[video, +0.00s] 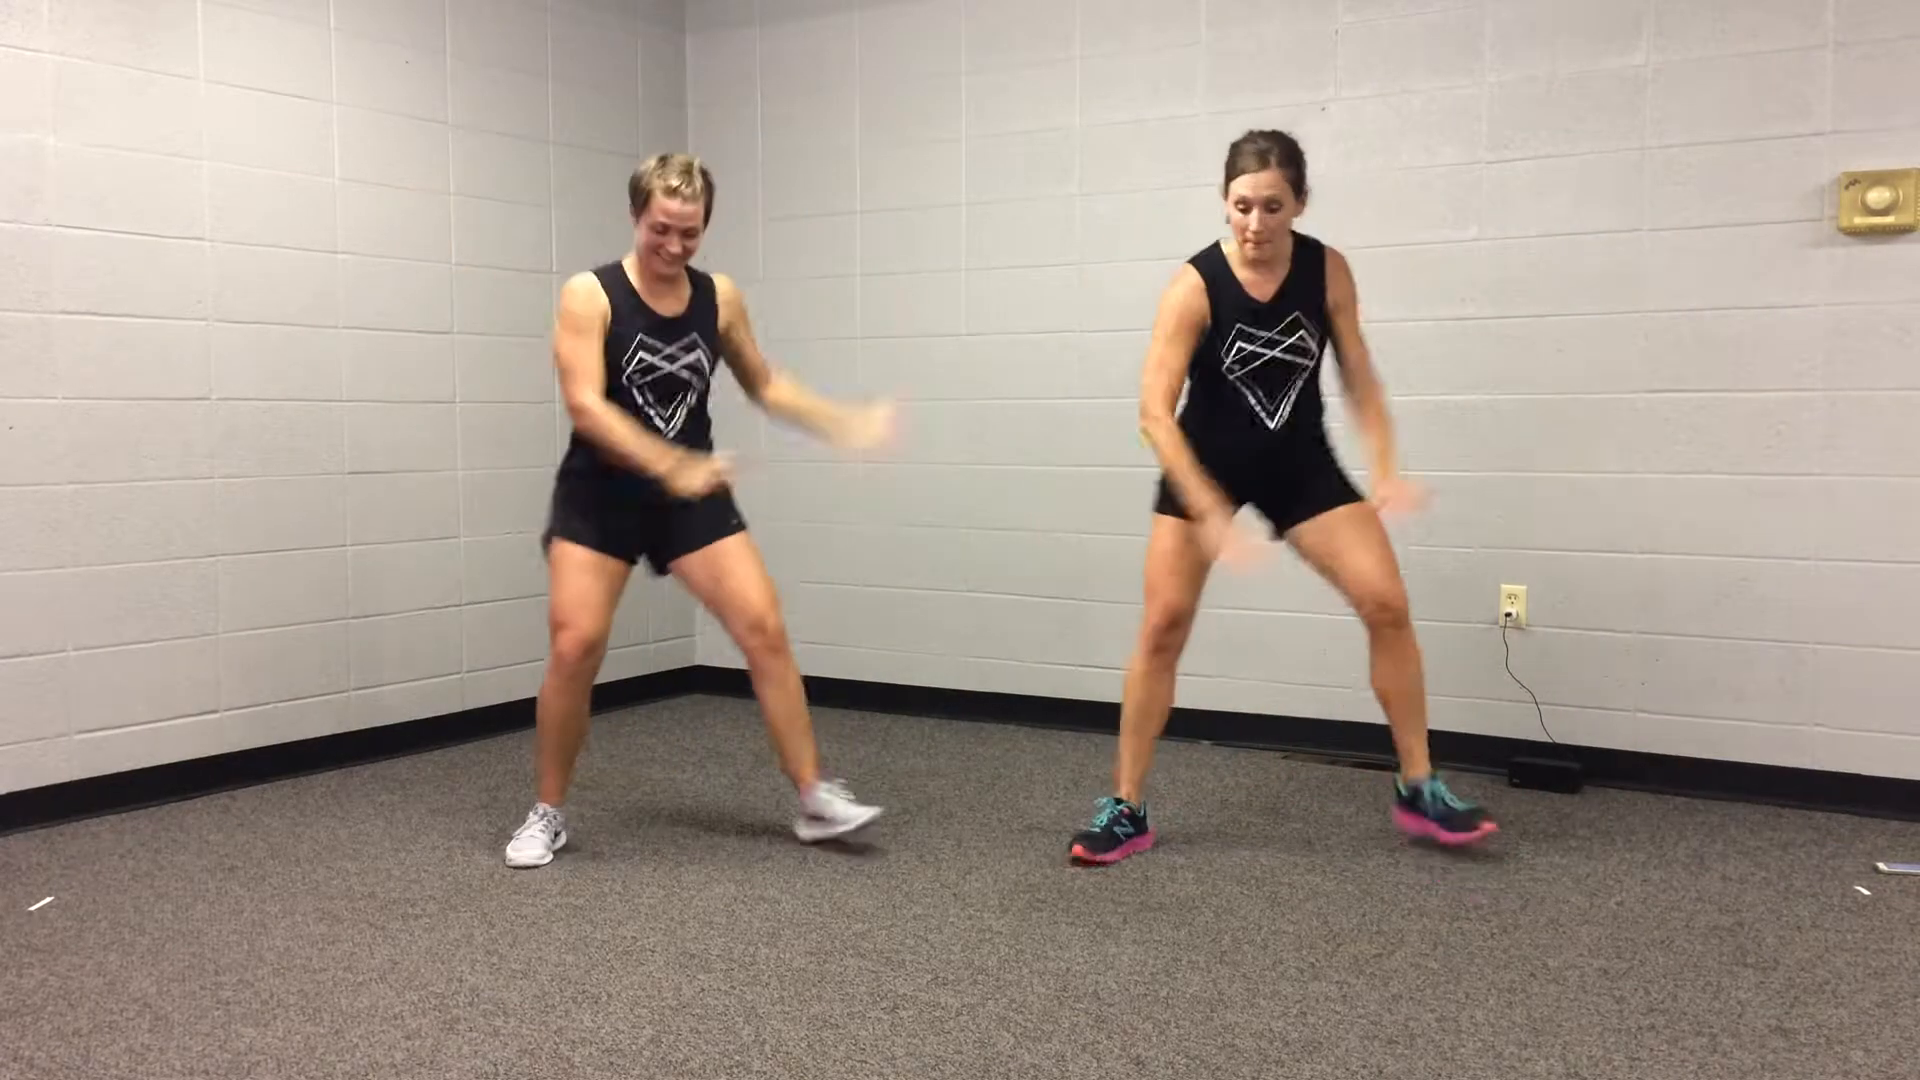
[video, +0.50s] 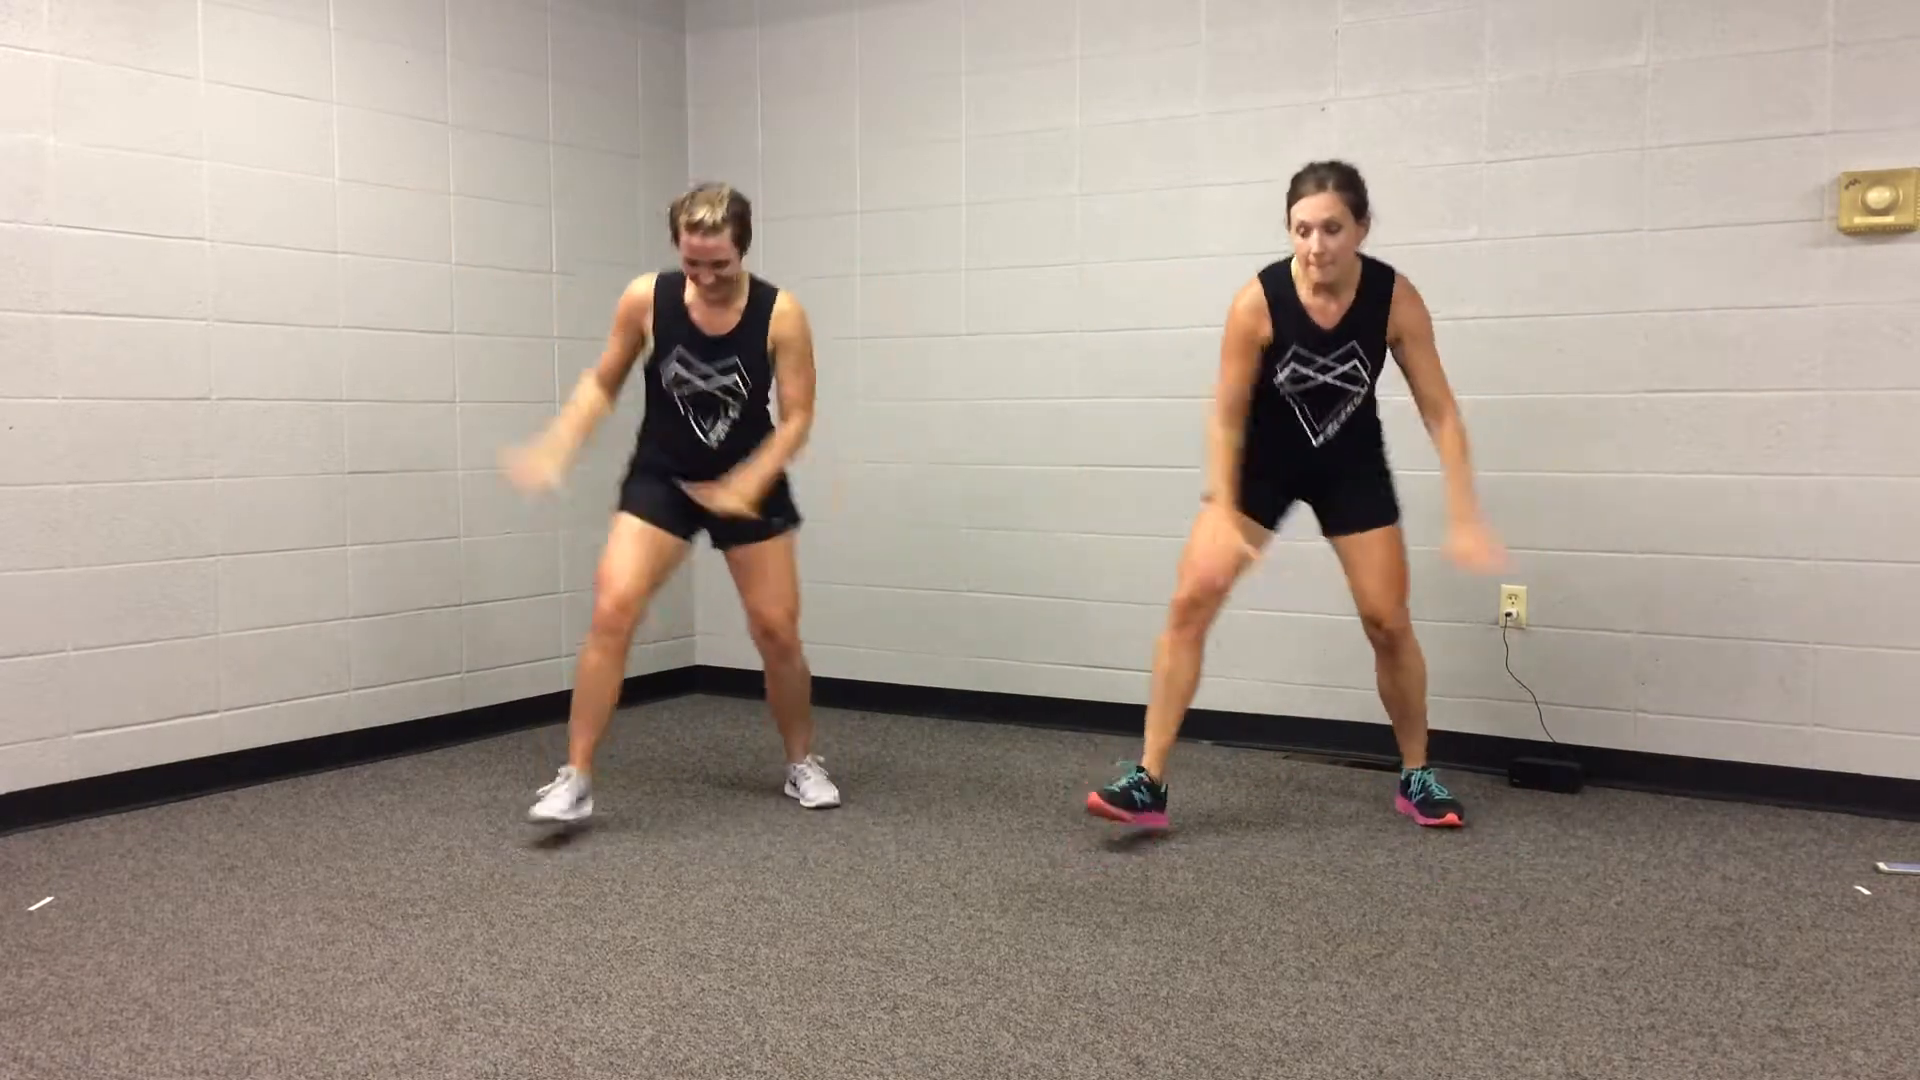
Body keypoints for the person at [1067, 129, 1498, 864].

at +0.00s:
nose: (1255, 223)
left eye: (1271, 207)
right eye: (1241, 206)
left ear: (1299, 205)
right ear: (1223, 204)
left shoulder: (1326, 271)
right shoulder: (1195, 288)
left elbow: (1360, 378)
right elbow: (1153, 413)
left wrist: (1384, 470)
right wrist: (1211, 512)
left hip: (1297, 461)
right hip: (1207, 467)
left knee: (1387, 605)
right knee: (1162, 627)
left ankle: (1419, 784)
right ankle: (1125, 803)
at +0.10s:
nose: (1269, 228)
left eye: (1286, 211)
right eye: (1256, 211)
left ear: (1311, 210)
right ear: (1238, 209)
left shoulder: (1338, 267)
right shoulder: (1211, 292)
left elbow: (1385, 339)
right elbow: (1172, 420)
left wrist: (1444, 382)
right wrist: (1279, 422)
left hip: (1338, 443)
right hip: (1248, 457)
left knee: (1395, 606)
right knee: (1200, 623)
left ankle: (1418, 759)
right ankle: (1135, 795)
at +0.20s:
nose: (1288, 256)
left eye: (1304, 240)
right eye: (1275, 239)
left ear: (1329, 238)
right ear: (1257, 237)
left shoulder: (1356, 286)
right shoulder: (1237, 321)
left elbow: (1395, 328)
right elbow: (1218, 446)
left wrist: (1486, 333)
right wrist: (1295, 384)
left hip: (1371, 459)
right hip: (1285, 473)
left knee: (1406, 622)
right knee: (1231, 640)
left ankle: (1418, 773)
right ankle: (1146, 793)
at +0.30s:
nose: (1303, 275)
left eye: (1319, 260)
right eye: (1290, 260)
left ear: (1344, 260)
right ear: (1273, 260)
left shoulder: (1375, 306)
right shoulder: (1252, 343)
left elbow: (1425, 350)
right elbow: (1246, 467)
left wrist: (1528, 371)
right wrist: (1334, 431)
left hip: (1384, 463)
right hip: (1298, 480)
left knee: (1413, 630)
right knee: (1235, 643)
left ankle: (1419, 775)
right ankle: (1149, 791)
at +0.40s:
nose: (1312, 267)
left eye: (1327, 252)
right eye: (1299, 252)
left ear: (1355, 252)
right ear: (1284, 253)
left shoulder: (1391, 314)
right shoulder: (1259, 329)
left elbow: (1459, 398)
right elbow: (1258, 455)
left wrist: (1534, 481)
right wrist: (1317, 538)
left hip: (1375, 471)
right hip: (1286, 476)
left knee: (1405, 633)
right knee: (1222, 630)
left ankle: (1418, 776)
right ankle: (1147, 789)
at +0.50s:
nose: (1315, 246)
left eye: (1331, 229)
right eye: (1302, 231)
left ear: (1362, 230)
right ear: (1288, 232)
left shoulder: (1395, 301)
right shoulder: (1257, 307)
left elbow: (1441, 412)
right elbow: (1226, 418)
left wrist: (1465, 515)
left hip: (1351, 461)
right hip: (1264, 461)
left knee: (1387, 621)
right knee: (1189, 602)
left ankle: (1416, 773)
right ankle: (1148, 776)